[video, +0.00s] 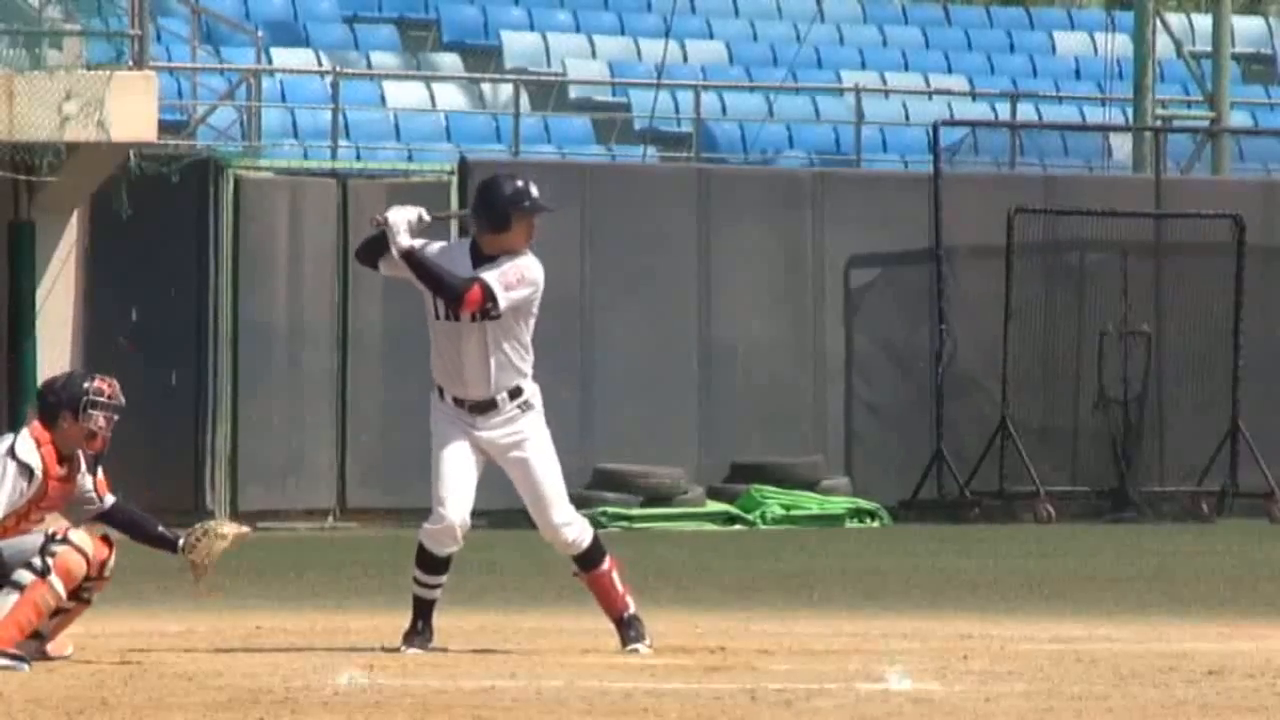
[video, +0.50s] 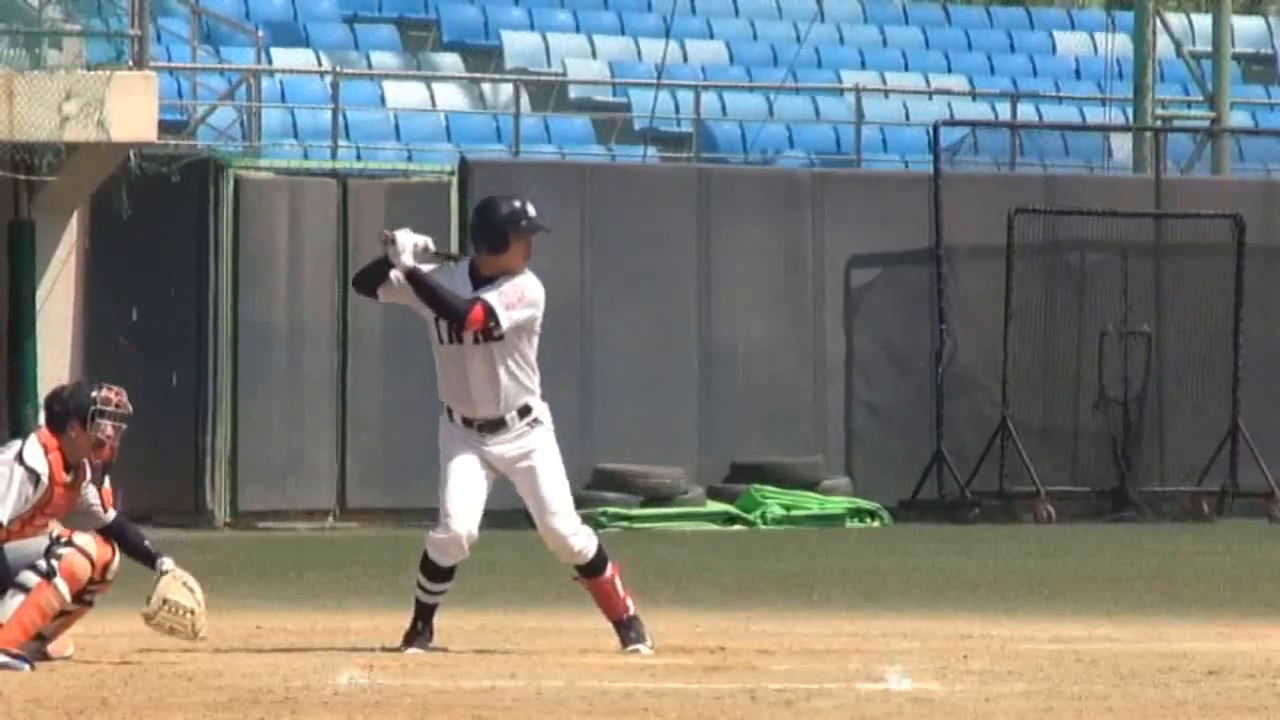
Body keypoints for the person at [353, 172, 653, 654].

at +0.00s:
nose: (533, 226)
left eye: (533, 217)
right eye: (526, 218)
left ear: (504, 224)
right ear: (501, 224)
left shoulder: (526, 270)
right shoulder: (443, 254)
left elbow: (466, 298)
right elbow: (367, 256)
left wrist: (407, 249)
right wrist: (392, 229)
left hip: (515, 414)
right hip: (454, 415)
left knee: (559, 525)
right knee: (448, 520)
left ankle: (626, 621)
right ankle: (420, 626)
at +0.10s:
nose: (538, 228)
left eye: (538, 219)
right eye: (531, 220)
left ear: (509, 225)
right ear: (505, 226)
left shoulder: (532, 271)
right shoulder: (447, 258)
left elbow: (475, 300)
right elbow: (373, 264)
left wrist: (413, 251)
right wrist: (398, 234)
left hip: (523, 415)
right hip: (461, 417)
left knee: (564, 527)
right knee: (453, 523)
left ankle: (627, 622)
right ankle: (421, 624)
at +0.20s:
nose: (542, 230)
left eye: (542, 221)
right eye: (535, 222)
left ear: (513, 226)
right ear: (511, 227)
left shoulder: (538, 272)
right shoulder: (453, 262)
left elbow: (481, 301)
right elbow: (378, 270)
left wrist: (419, 254)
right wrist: (403, 240)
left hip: (531, 417)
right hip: (469, 420)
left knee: (565, 527)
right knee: (458, 525)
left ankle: (628, 624)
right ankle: (421, 626)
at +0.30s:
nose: (542, 235)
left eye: (543, 226)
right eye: (536, 226)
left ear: (514, 231)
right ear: (511, 231)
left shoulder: (540, 276)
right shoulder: (453, 269)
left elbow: (484, 304)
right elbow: (377, 279)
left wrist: (424, 261)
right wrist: (405, 250)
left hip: (537, 422)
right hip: (473, 426)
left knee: (567, 530)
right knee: (461, 528)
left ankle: (628, 624)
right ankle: (422, 625)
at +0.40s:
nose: (536, 242)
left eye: (536, 233)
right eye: (530, 234)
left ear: (507, 240)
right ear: (507, 239)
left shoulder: (534, 283)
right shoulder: (450, 277)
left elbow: (477, 314)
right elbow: (371, 284)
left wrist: (419, 269)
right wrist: (402, 257)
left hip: (532, 428)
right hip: (470, 432)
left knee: (564, 533)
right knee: (459, 532)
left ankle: (627, 625)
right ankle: (422, 626)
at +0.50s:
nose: (530, 247)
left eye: (530, 238)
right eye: (523, 239)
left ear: (505, 244)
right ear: (498, 244)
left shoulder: (526, 290)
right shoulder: (440, 280)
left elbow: (468, 318)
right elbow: (365, 285)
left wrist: (411, 271)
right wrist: (397, 257)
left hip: (525, 430)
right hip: (462, 435)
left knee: (562, 531)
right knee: (454, 533)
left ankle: (627, 622)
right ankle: (421, 625)